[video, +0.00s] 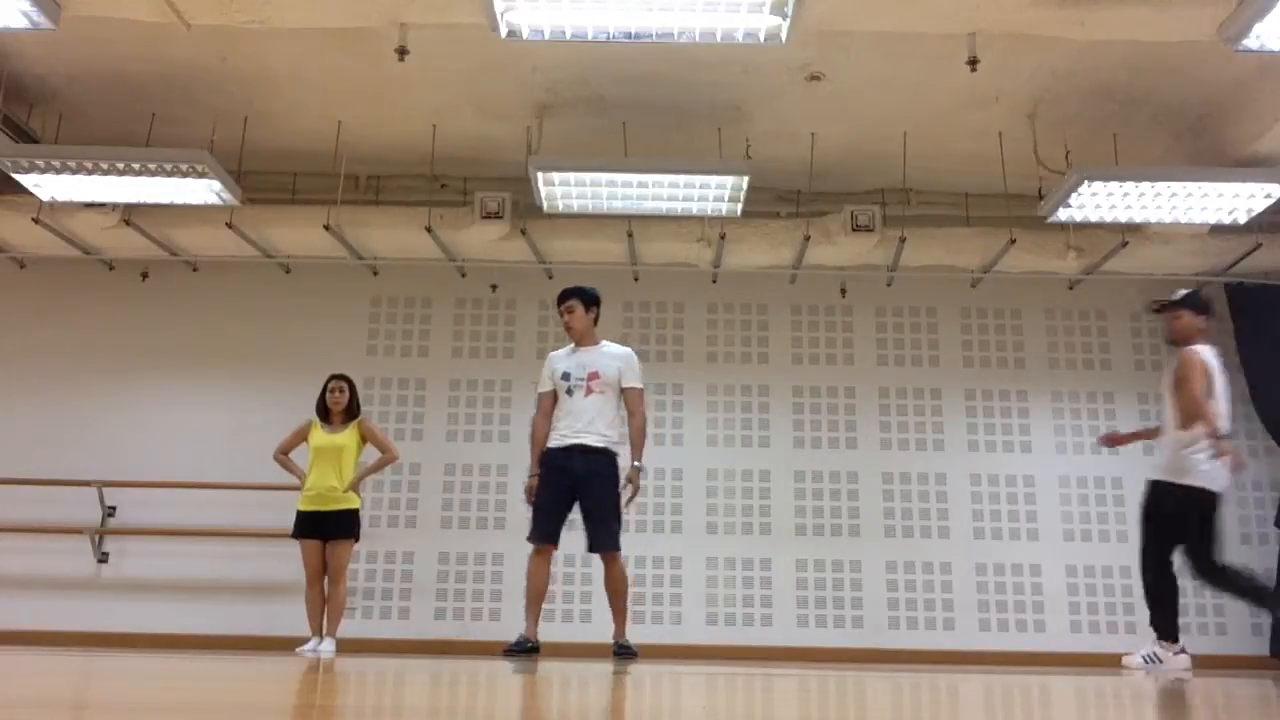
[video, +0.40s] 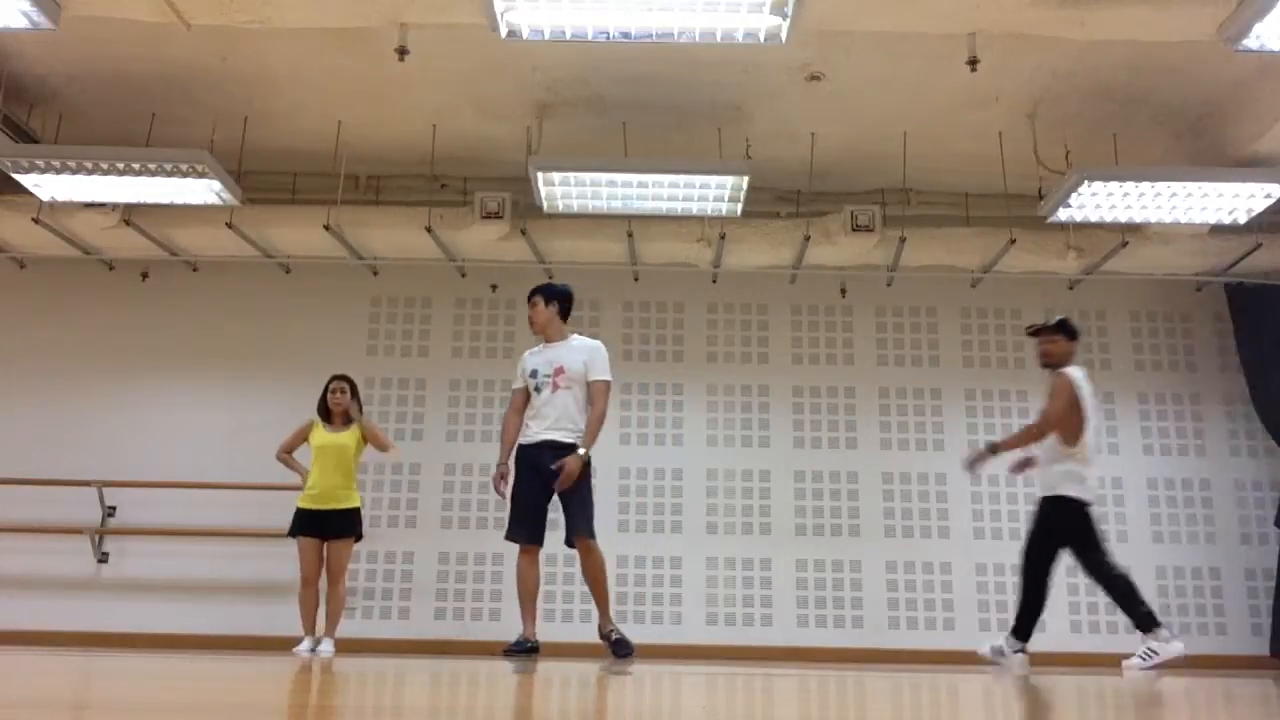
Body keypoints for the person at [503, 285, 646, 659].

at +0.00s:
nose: (566, 318)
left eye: (571, 311)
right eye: (563, 314)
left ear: (592, 313)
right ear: (563, 319)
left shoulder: (623, 357)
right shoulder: (555, 360)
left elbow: (636, 413)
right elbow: (543, 416)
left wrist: (635, 464)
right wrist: (534, 470)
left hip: (601, 460)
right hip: (558, 459)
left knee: (609, 552)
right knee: (542, 546)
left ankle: (620, 636)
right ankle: (529, 634)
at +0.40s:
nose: (529, 315)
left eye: (534, 307)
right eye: (529, 308)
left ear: (555, 308)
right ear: (542, 312)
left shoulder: (591, 349)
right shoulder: (529, 358)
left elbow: (599, 407)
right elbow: (515, 411)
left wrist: (581, 453)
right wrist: (503, 459)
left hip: (571, 454)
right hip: (529, 455)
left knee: (584, 540)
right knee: (528, 545)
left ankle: (607, 625)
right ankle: (528, 634)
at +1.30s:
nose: (579, 306)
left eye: (586, 301)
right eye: (573, 302)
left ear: (599, 309)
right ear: (565, 312)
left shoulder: (619, 355)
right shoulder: (549, 355)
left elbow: (628, 410)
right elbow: (533, 409)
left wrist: (622, 461)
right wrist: (522, 460)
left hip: (600, 458)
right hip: (555, 457)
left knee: (607, 550)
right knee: (541, 545)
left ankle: (612, 636)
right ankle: (530, 634)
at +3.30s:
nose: (581, 307)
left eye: (588, 301)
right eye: (575, 302)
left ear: (599, 311)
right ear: (563, 311)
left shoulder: (615, 356)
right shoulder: (544, 352)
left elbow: (622, 413)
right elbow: (528, 407)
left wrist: (619, 460)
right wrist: (525, 460)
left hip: (597, 455)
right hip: (552, 455)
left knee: (603, 545)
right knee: (544, 547)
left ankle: (606, 634)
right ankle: (537, 635)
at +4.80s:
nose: (608, 314)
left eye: (614, 309)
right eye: (601, 308)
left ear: (625, 318)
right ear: (591, 316)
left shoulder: (639, 364)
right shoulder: (572, 353)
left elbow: (652, 414)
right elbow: (560, 405)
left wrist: (668, 438)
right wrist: (579, 446)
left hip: (621, 457)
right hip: (579, 454)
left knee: (615, 549)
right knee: (578, 543)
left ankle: (606, 636)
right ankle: (582, 633)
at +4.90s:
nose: (602, 312)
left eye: (608, 307)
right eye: (596, 307)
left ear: (620, 315)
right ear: (586, 314)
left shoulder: (634, 358)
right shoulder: (570, 346)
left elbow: (660, 389)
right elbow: (561, 370)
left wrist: (690, 388)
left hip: (613, 458)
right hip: (572, 456)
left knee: (611, 549)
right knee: (565, 541)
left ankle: (606, 636)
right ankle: (555, 626)